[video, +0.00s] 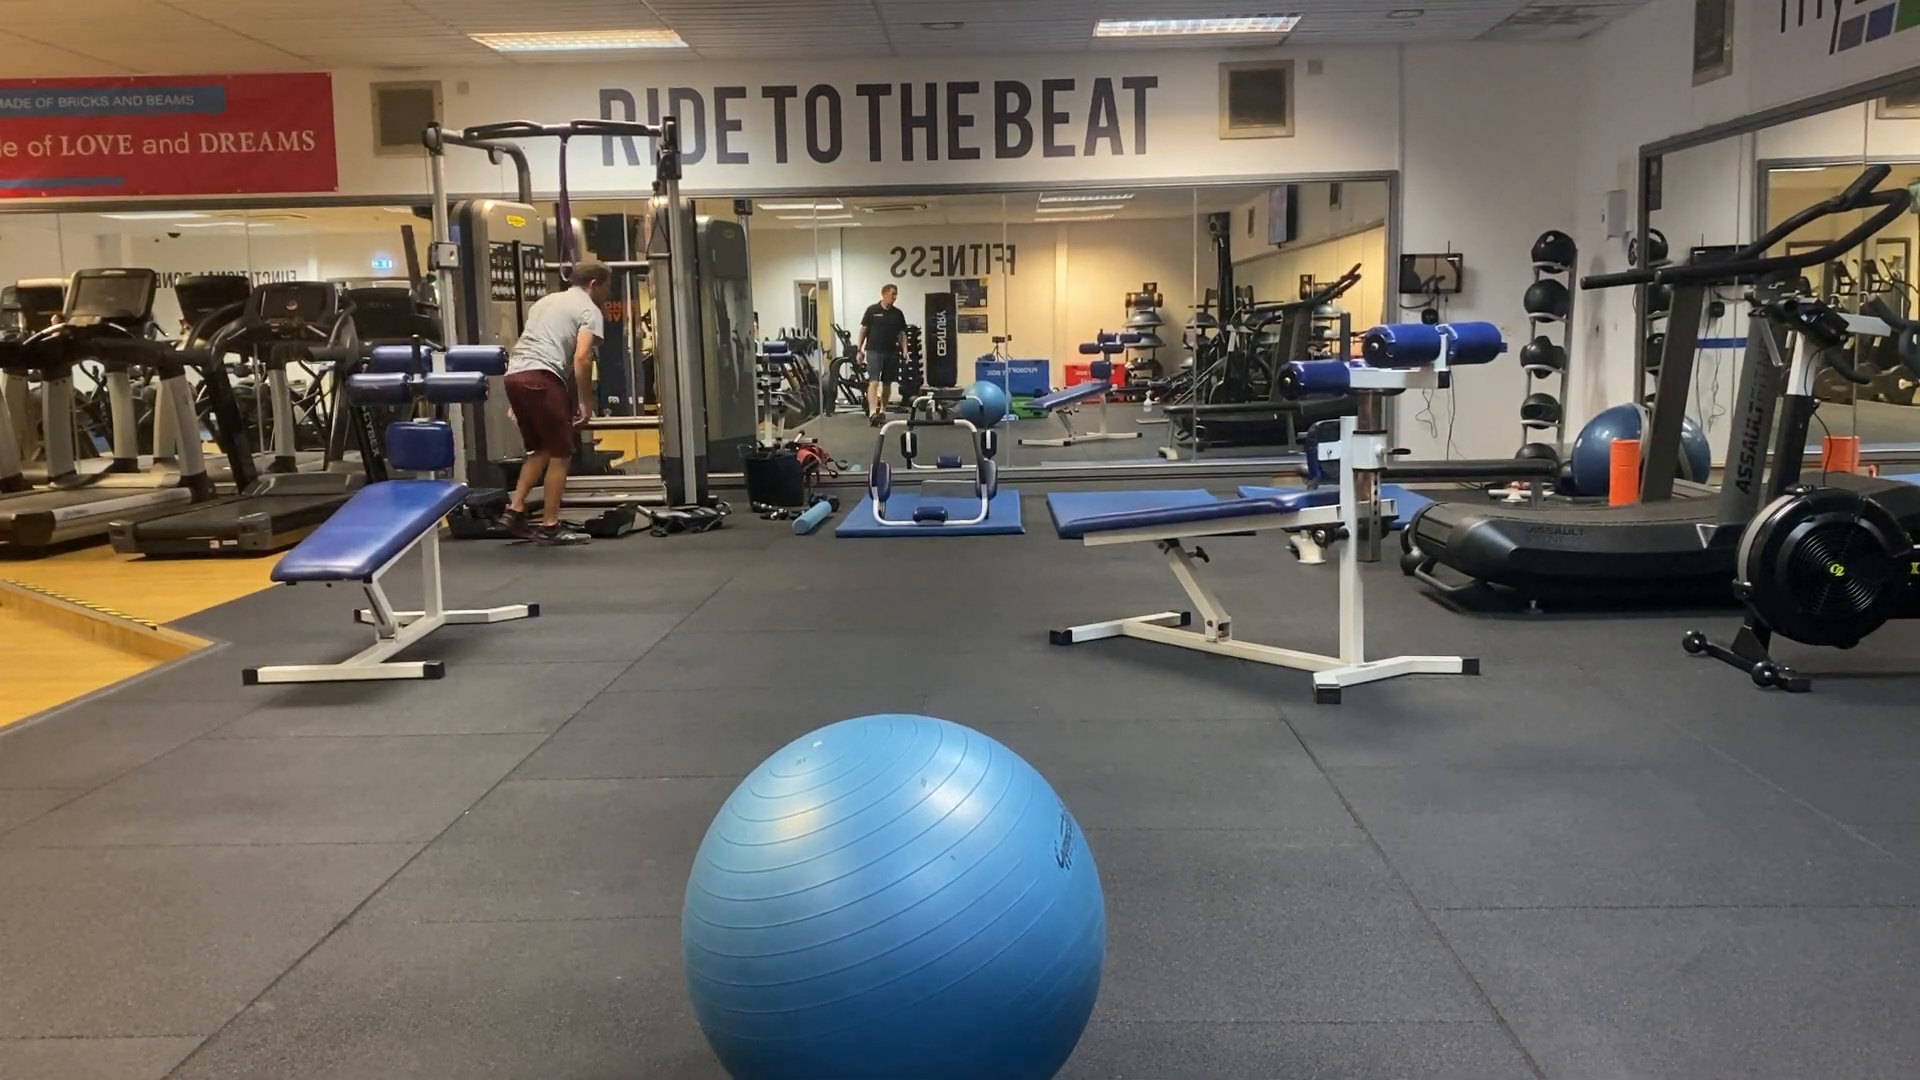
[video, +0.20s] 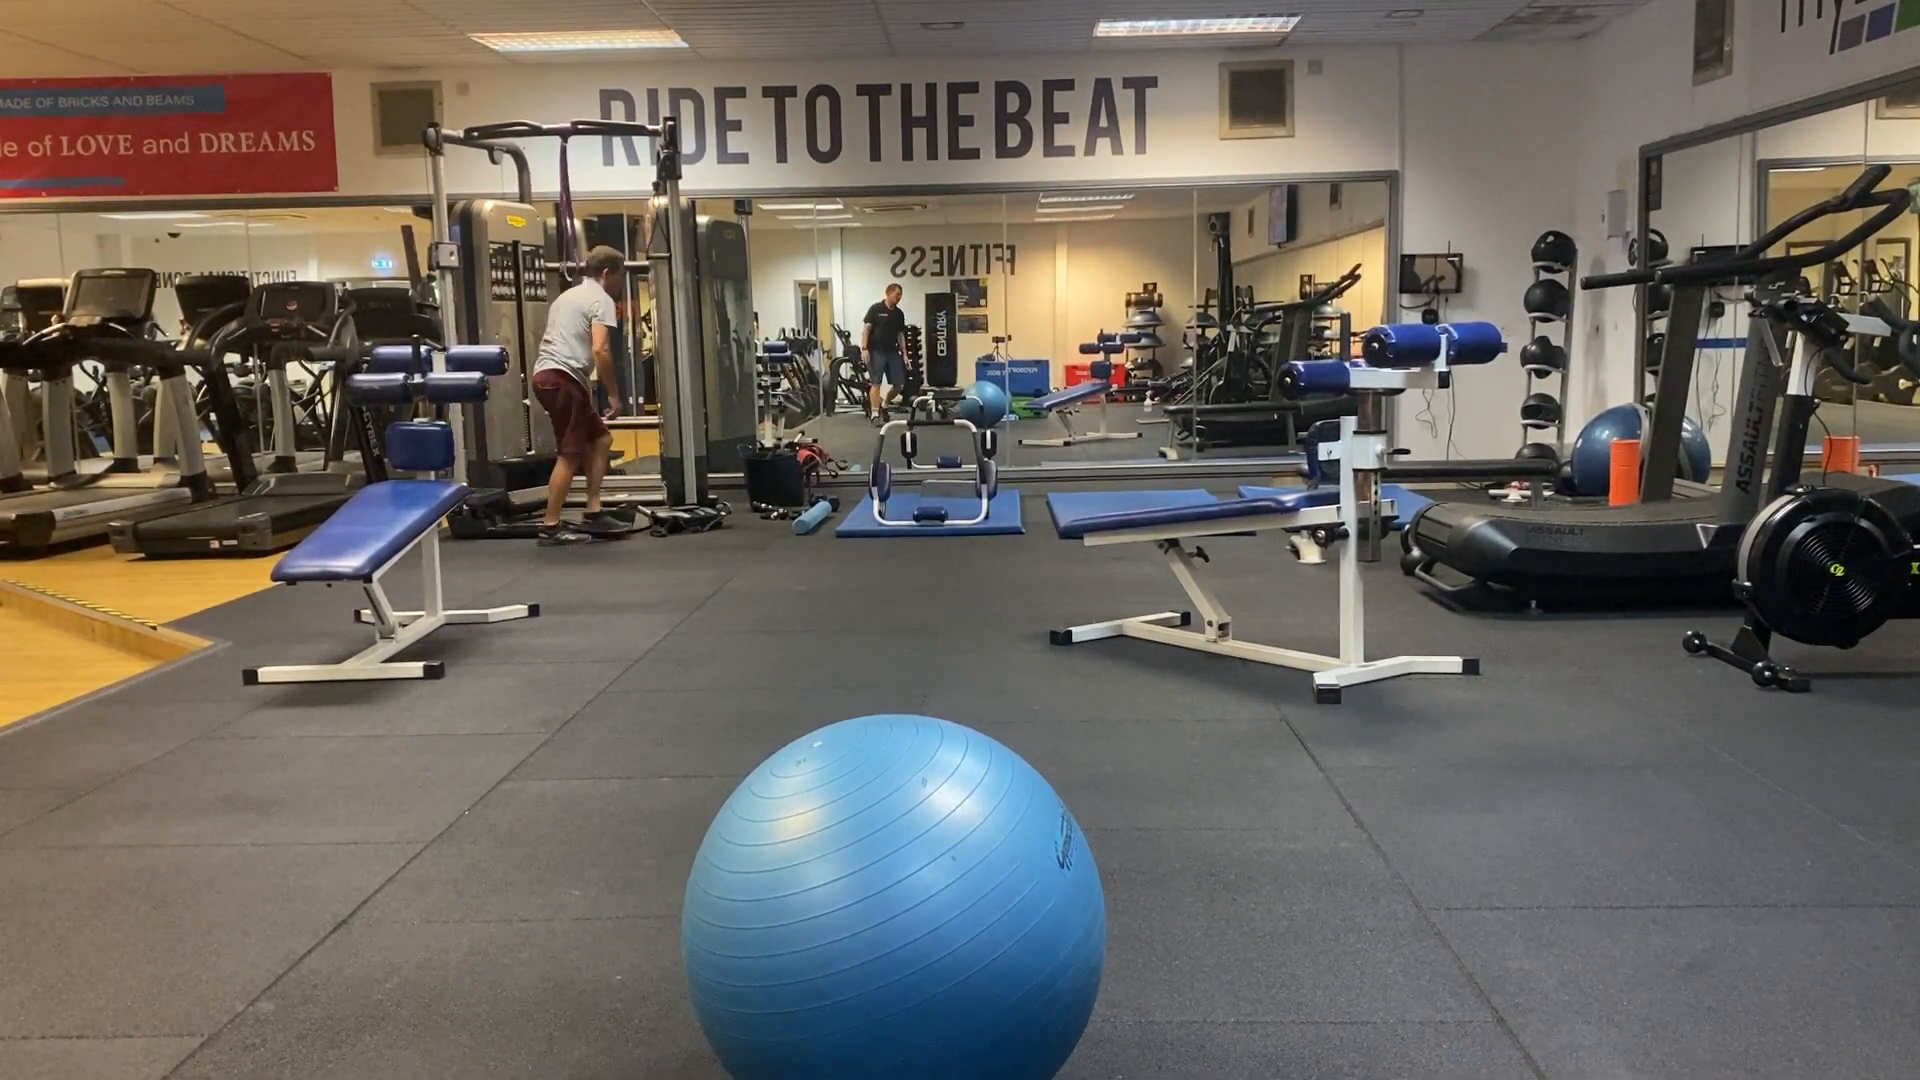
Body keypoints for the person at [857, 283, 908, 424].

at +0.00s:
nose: (895, 297)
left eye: (896, 295)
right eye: (892, 294)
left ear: (895, 296)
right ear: (884, 294)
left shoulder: (898, 313)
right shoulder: (872, 310)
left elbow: (902, 334)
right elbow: (863, 330)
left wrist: (905, 351)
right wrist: (859, 349)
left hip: (891, 352)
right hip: (874, 351)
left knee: (887, 383)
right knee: (874, 382)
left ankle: (883, 411)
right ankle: (873, 413)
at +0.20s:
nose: (899, 297)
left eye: (900, 295)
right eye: (897, 294)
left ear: (900, 296)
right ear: (888, 293)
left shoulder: (899, 313)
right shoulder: (875, 309)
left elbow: (901, 335)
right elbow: (866, 328)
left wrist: (904, 355)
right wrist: (864, 349)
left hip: (892, 352)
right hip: (876, 351)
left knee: (898, 385)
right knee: (876, 383)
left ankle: (883, 404)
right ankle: (874, 414)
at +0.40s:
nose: (914, 302)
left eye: (915, 299)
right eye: (912, 298)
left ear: (911, 299)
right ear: (903, 296)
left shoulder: (907, 316)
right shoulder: (886, 308)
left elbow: (908, 337)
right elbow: (875, 323)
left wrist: (914, 355)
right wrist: (879, 341)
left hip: (898, 351)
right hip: (880, 350)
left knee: (903, 381)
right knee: (876, 384)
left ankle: (906, 414)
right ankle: (875, 414)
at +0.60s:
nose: (927, 318)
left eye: (929, 316)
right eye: (926, 315)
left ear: (930, 316)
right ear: (920, 312)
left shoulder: (923, 332)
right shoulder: (901, 317)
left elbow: (929, 353)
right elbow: (884, 330)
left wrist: (943, 370)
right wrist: (887, 350)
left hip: (899, 355)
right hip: (883, 351)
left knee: (913, 384)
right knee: (879, 385)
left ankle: (913, 417)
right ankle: (866, 406)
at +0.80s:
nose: (939, 335)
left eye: (940, 333)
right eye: (938, 332)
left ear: (935, 331)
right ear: (930, 329)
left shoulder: (930, 344)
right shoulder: (912, 331)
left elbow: (941, 361)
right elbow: (892, 342)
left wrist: (961, 376)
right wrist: (894, 365)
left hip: (904, 364)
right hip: (886, 360)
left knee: (920, 386)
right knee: (882, 393)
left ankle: (912, 417)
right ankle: (851, 410)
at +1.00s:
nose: (937, 343)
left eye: (937, 340)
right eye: (936, 340)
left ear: (929, 338)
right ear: (928, 338)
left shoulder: (925, 351)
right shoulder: (913, 345)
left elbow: (935, 371)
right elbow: (898, 361)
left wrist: (951, 384)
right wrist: (907, 381)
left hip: (904, 376)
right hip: (888, 377)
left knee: (925, 387)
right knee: (892, 411)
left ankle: (902, 406)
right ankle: (859, 412)